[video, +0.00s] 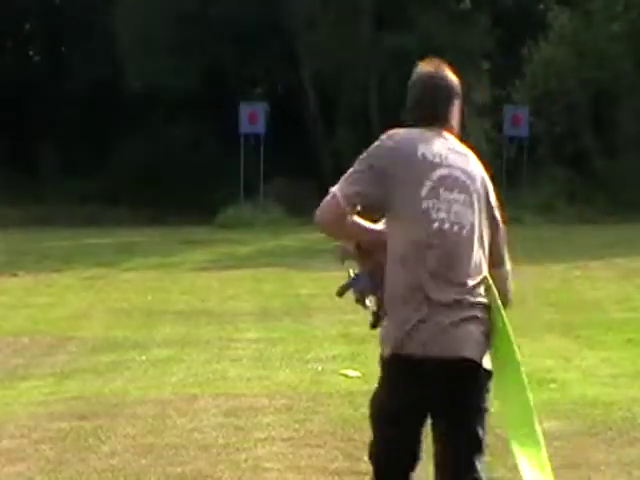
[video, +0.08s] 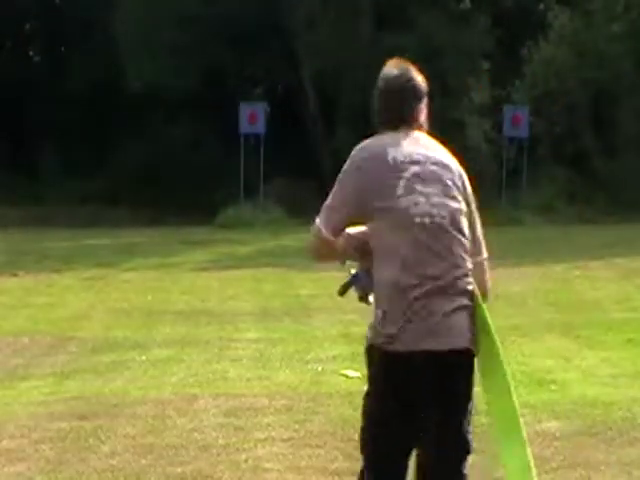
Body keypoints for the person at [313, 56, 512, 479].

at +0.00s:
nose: (461, 112)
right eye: (459, 105)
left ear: (410, 107)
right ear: (455, 110)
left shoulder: (393, 149)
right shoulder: (474, 168)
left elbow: (329, 215)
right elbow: (498, 269)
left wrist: (375, 236)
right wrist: (495, 319)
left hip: (407, 353)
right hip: (466, 354)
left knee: (391, 466)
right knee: (460, 468)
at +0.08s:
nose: (427, 112)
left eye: (423, 104)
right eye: (426, 105)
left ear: (379, 110)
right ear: (422, 110)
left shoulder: (368, 156)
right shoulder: (448, 162)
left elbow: (322, 244)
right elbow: (477, 257)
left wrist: (362, 242)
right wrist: (479, 302)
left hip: (396, 346)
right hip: (454, 344)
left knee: (383, 461)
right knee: (446, 459)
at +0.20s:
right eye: (398, 108)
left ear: (355, 116)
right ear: (399, 114)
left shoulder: (345, 165)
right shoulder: (428, 167)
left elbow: (323, 249)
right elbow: (472, 259)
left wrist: (364, 243)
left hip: (363, 336)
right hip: (419, 335)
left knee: (357, 452)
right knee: (402, 453)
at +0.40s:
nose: (400, 116)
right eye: (402, 110)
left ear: (360, 115)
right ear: (402, 117)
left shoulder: (341, 160)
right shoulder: (420, 177)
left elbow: (305, 238)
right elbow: (438, 269)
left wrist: (342, 236)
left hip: (335, 326)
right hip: (389, 334)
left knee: (330, 443)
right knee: (375, 449)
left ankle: (328, 471)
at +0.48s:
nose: (403, 123)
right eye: (403, 118)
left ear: (361, 118)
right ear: (402, 126)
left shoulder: (338, 155)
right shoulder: (417, 185)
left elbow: (286, 206)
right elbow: (427, 265)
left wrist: (336, 212)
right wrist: (421, 332)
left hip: (337, 328)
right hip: (388, 330)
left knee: (334, 435)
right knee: (380, 441)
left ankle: (329, 472)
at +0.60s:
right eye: (388, 105)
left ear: (350, 110)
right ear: (392, 111)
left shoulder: (335, 154)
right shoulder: (411, 163)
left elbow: (304, 228)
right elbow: (431, 234)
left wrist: (344, 228)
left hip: (344, 314)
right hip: (394, 313)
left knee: (339, 423)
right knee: (381, 427)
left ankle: (336, 472)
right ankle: (366, 467)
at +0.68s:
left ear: (346, 128)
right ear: (385, 125)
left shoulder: (332, 174)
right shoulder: (409, 175)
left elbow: (319, 254)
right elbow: (434, 243)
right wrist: (442, 284)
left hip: (341, 325)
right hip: (393, 324)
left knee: (338, 429)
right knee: (387, 422)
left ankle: (340, 469)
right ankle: (375, 461)